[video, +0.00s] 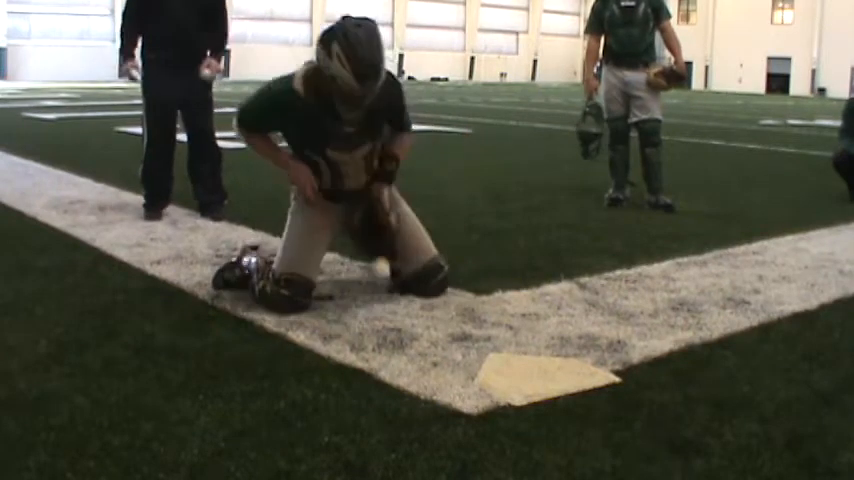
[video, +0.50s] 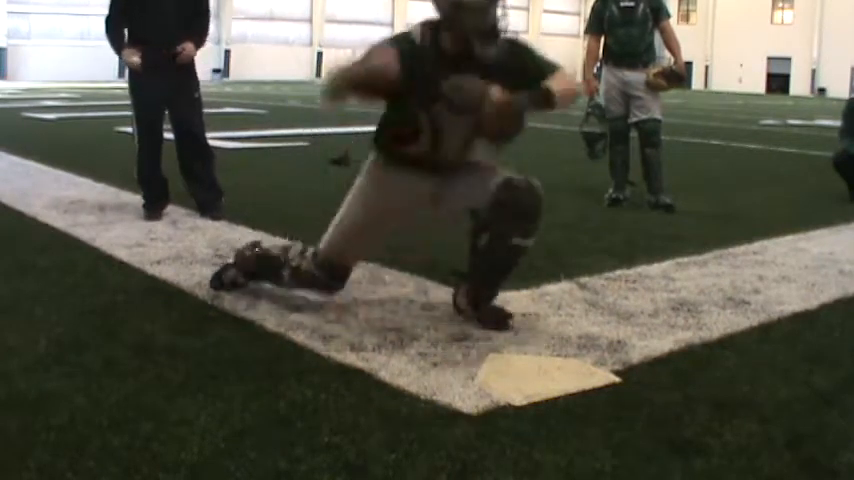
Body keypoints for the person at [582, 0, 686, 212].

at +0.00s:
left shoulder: (653, 4)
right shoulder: (603, 5)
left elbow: (666, 29)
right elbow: (594, 39)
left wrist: (679, 60)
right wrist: (588, 75)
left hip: (645, 73)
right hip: (613, 73)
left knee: (651, 134)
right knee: (617, 134)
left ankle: (655, 193)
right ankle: (618, 188)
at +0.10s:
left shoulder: (653, 4)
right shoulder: (603, 5)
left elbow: (666, 29)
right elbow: (594, 39)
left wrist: (679, 60)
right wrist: (589, 75)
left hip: (645, 73)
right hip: (613, 73)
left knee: (651, 134)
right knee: (617, 134)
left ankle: (655, 193)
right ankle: (618, 188)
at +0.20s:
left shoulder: (653, 4)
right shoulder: (603, 5)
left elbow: (666, 29)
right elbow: (594, 40)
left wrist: (679, 60)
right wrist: (588, 75)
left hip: (645, 73)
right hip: (613, 73)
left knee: (651, 133)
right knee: (617, 133)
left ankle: (656, 193)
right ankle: (618, 188)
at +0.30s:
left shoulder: (653, 4)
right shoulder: (603, 5)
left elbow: (666, 29)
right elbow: (594, 40)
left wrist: (679, 60)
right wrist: (588, 75)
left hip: (645, 74)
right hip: (613, 73)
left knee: (651, 133)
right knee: (617, 133)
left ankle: (656, 193)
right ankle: (618, 187)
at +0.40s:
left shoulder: (653, 4)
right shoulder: (603, 5)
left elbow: (666, 29)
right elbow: (594, 40)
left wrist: (679, 60)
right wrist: (588, 75)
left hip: (645, 74)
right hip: (613, 74)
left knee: (651, 133)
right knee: (617, 134)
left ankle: (656, 193)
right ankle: (618, 188)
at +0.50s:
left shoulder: (652, 4)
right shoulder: (603, 5)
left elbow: (666, 29)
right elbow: (594, 40)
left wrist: (679, 60)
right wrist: (588, 75)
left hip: (645, 74)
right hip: (613, 74)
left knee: (651, 133)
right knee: (617, 133)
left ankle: (656, 193)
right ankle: (618, 188)